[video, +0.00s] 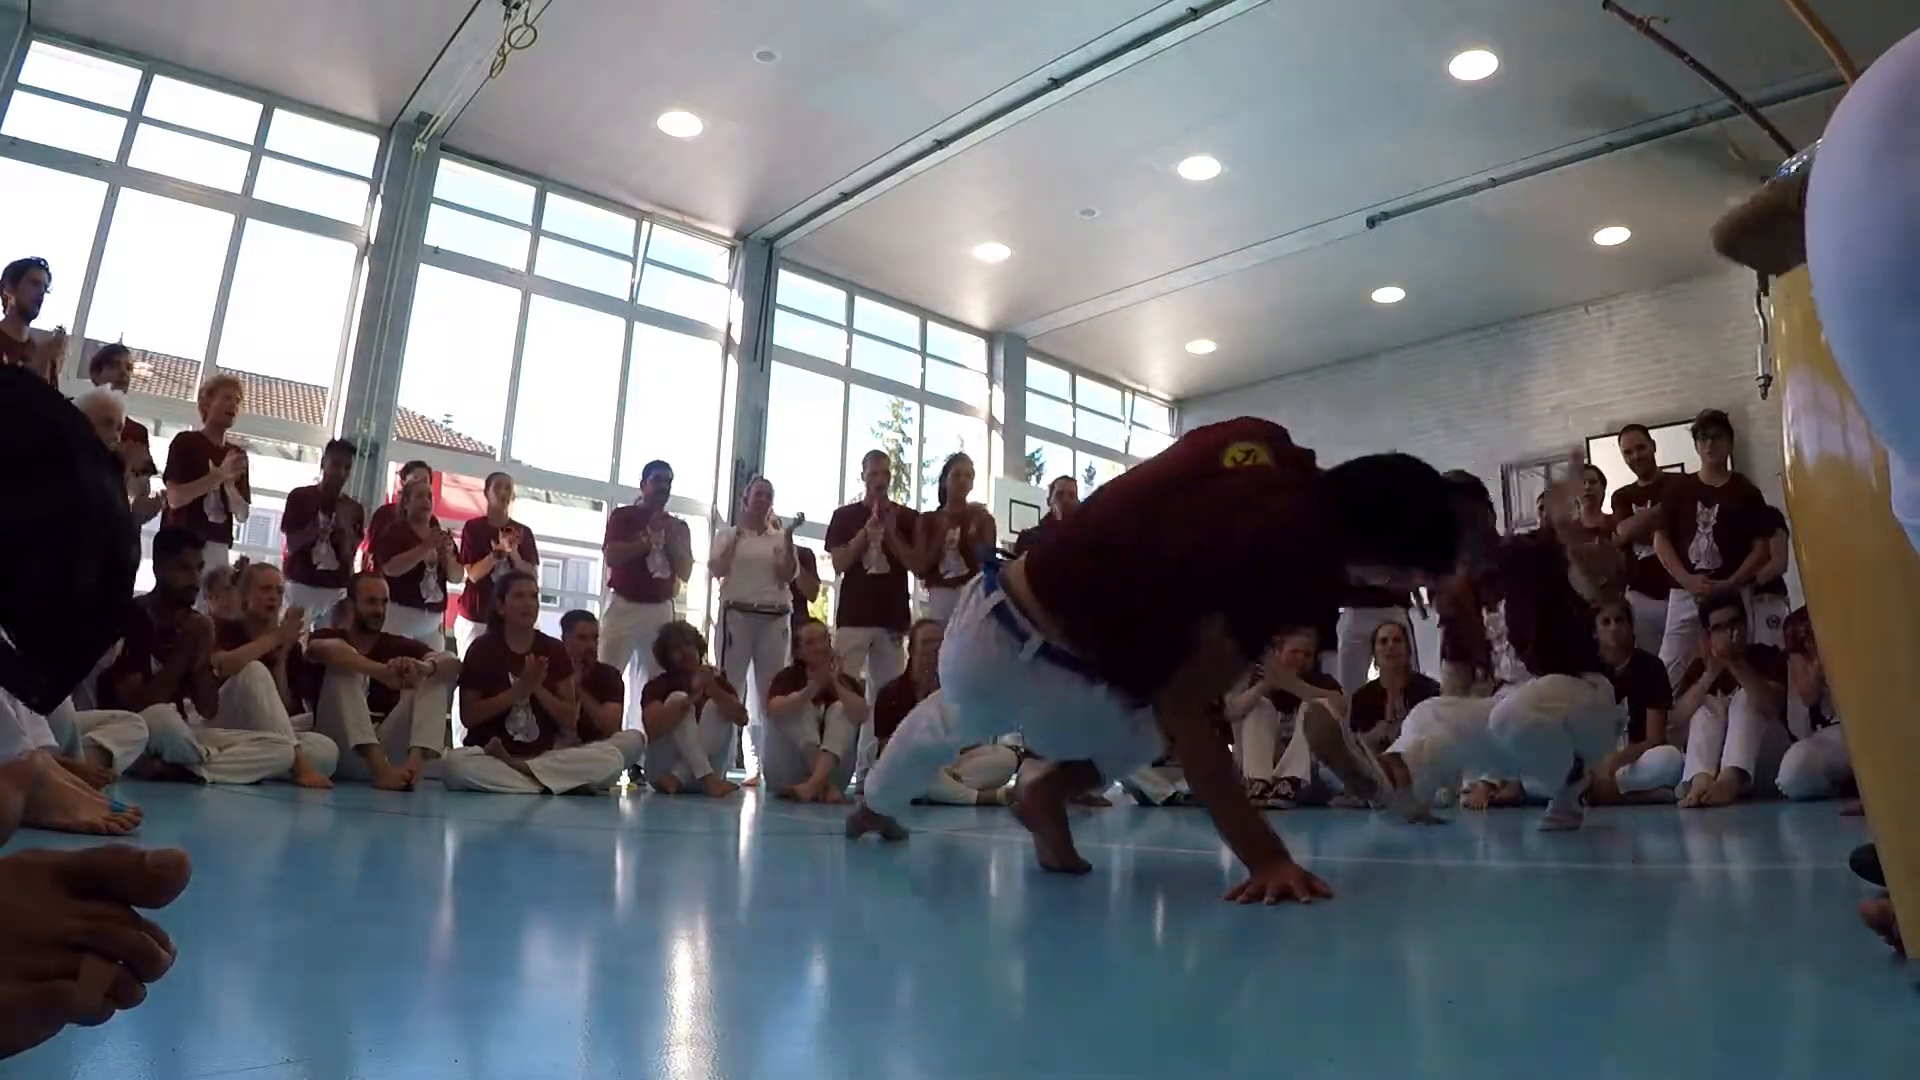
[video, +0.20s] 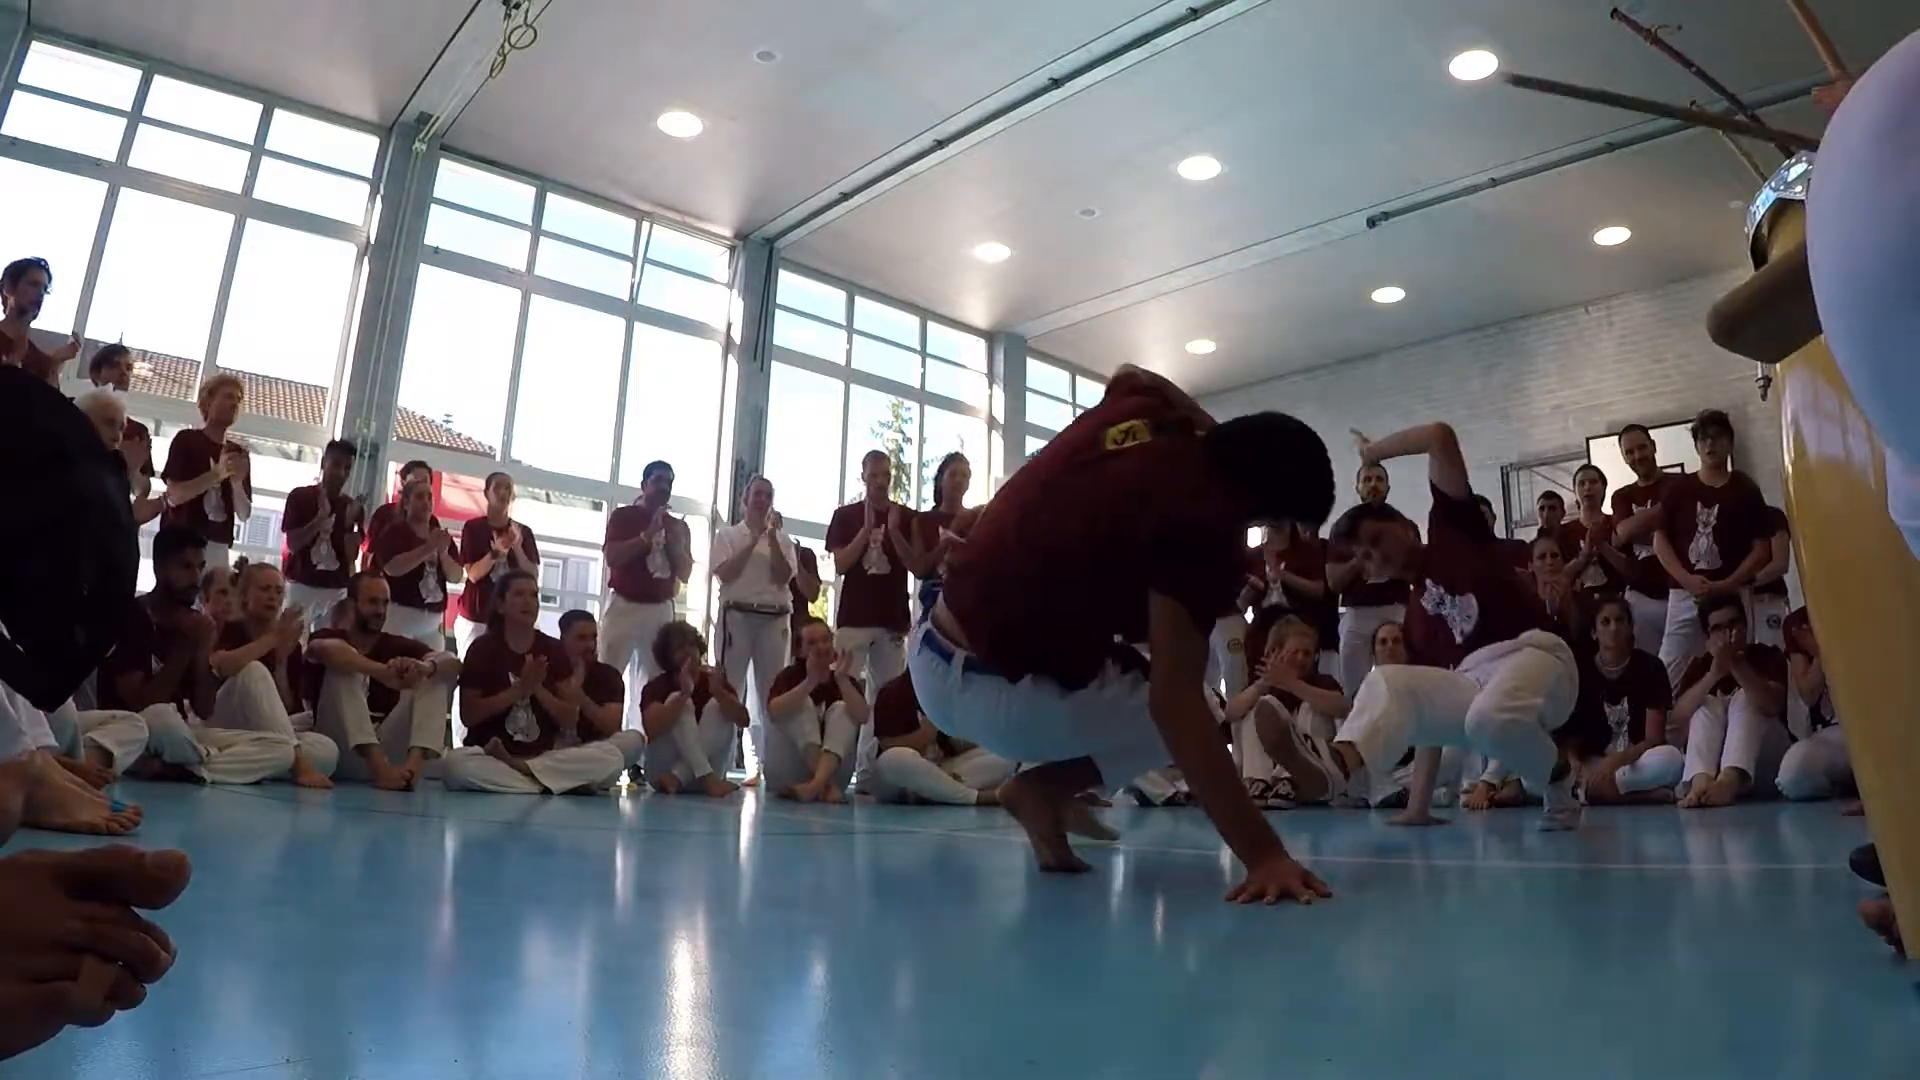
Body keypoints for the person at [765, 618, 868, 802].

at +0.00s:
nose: (819, 647)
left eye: (823, 640)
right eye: (810, 643)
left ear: (830, 644)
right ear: (798, 652)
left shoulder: (847, 682)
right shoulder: (787, 677)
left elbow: (861, 715)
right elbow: (773, 709)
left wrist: (836, 683)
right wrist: (810, 690)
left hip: (833, 775)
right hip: (786, 774)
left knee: (841, 708)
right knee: (799, 703)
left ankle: (814, 784)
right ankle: (825, 784)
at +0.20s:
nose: (821, 648)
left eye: (826, 641)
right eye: (812, 643)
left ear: (833, 644)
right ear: (801, 650)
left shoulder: (849, 683)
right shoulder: (789, 676)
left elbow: (862, 716)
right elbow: (775, 712)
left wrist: (841, 678)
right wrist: (810, 682)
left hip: (833, 777)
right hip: (787, 775)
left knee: (841, 708)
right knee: (800, 701)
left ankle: (816, 785)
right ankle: (827, 784)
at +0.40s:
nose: (821, 646)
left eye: (826, 640)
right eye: (813, 641)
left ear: (834, 644)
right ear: (801, 648)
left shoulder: (848, 682)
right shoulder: (788, 676)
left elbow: (862, 716)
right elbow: (775, 712)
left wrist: (843, 676)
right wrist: (808, 680)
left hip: (834, 776)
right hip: (787, 774)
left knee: (842, 708)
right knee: (799, 701)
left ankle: (819, 784)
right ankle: (828, 784)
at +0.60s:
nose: (821, 645)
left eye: (827, 639)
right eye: (814, 639)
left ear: (835, 644)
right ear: (802, 644)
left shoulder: (848, 682)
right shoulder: (787, 675)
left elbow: (862, 716)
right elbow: (777, 710)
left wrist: (835, 679)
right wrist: (821, 688)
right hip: (787, 774)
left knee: (842, 708)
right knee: (801, 704)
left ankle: (819, 783)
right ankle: (828, 784)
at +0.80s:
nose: (820, 646)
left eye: (826, 640)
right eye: (813, 640)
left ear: (835, 644)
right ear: (801, 645)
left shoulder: (842, 679)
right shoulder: (788, 676)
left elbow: (863, 717)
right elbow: (776, 711)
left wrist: (843, 679)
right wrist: (816, 684)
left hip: (827, 774)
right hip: (785, 774)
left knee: (844, 710)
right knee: (797, 705)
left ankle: (821, 785)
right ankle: (828, 780)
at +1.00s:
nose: (818, 646)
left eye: (823, 640)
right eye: (812, 640)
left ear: (835, 645)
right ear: (802, 645)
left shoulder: (845, 682)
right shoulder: (789, 676)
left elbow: (862, 717)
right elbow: (775, 711)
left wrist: (840, 692)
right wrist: (816, 692)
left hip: (828, 779)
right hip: (786, 776)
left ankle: (824, 788)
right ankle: (829, 785)